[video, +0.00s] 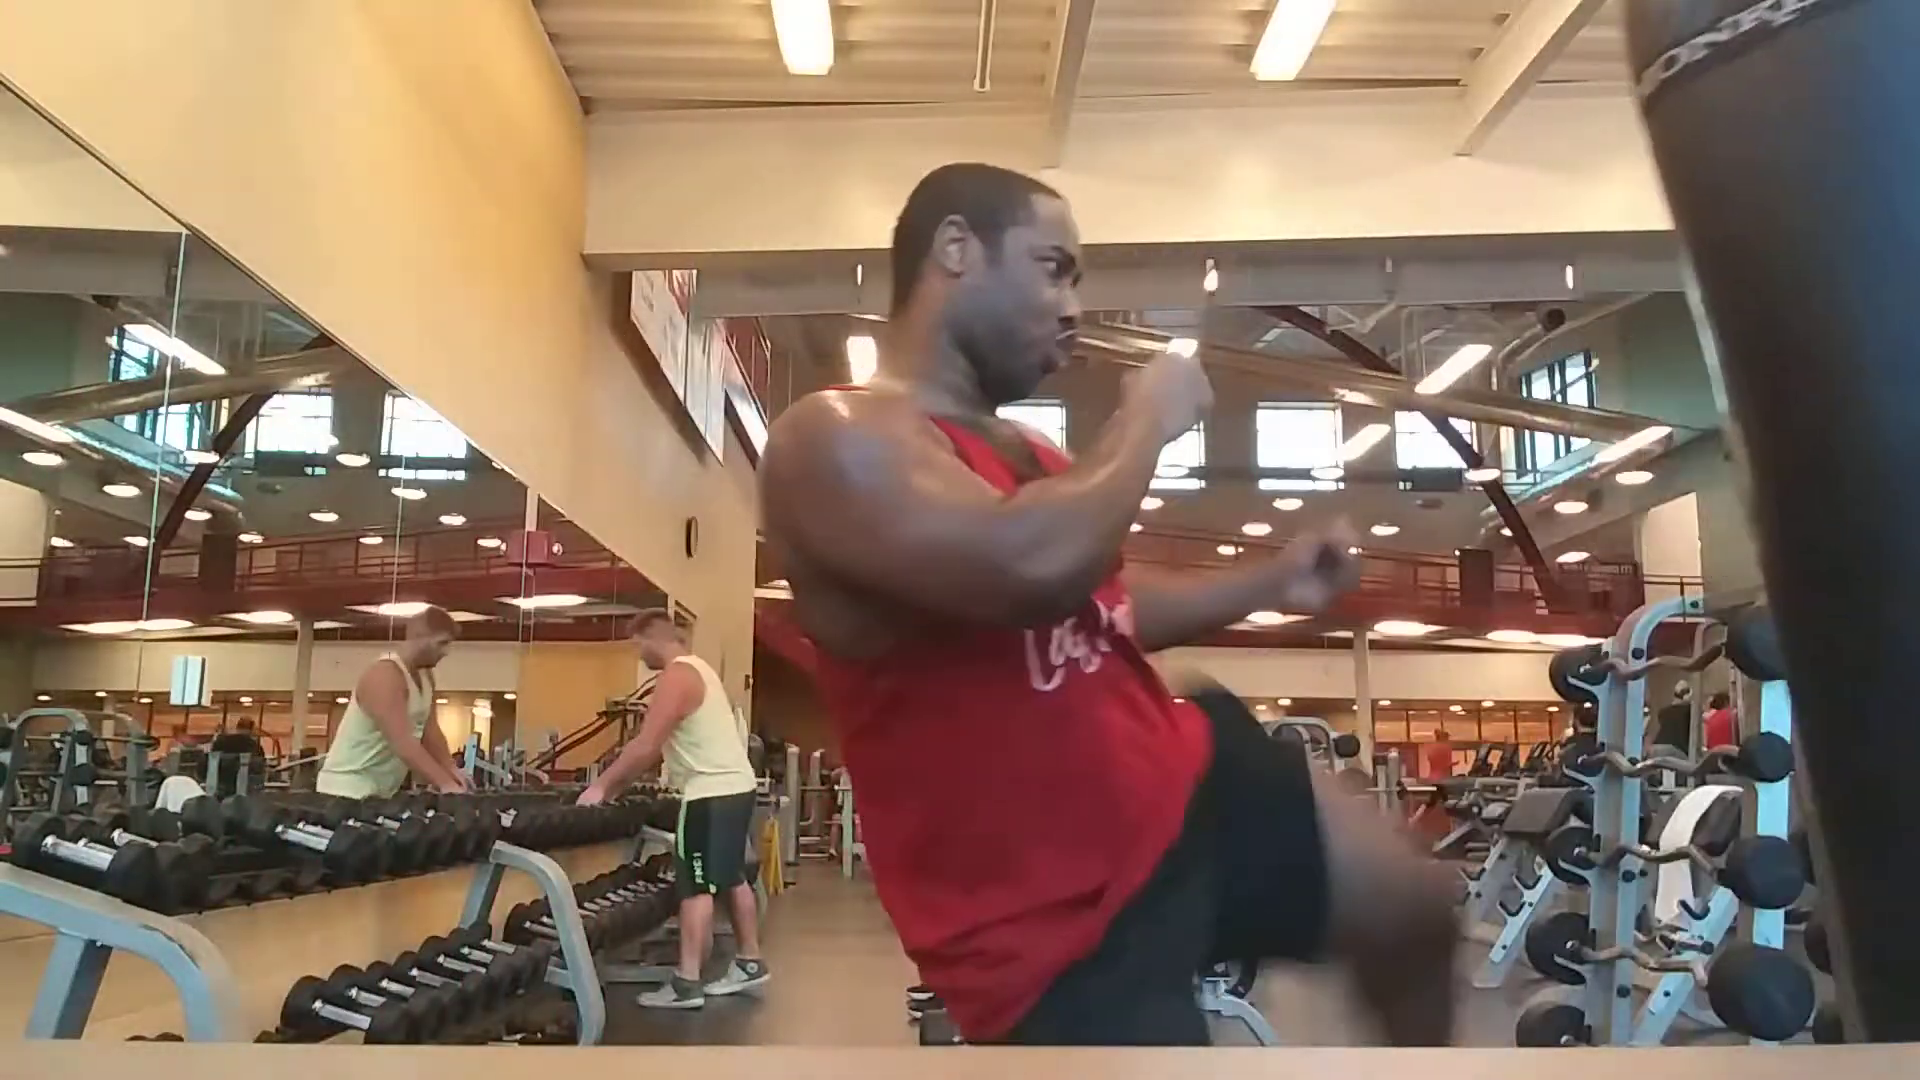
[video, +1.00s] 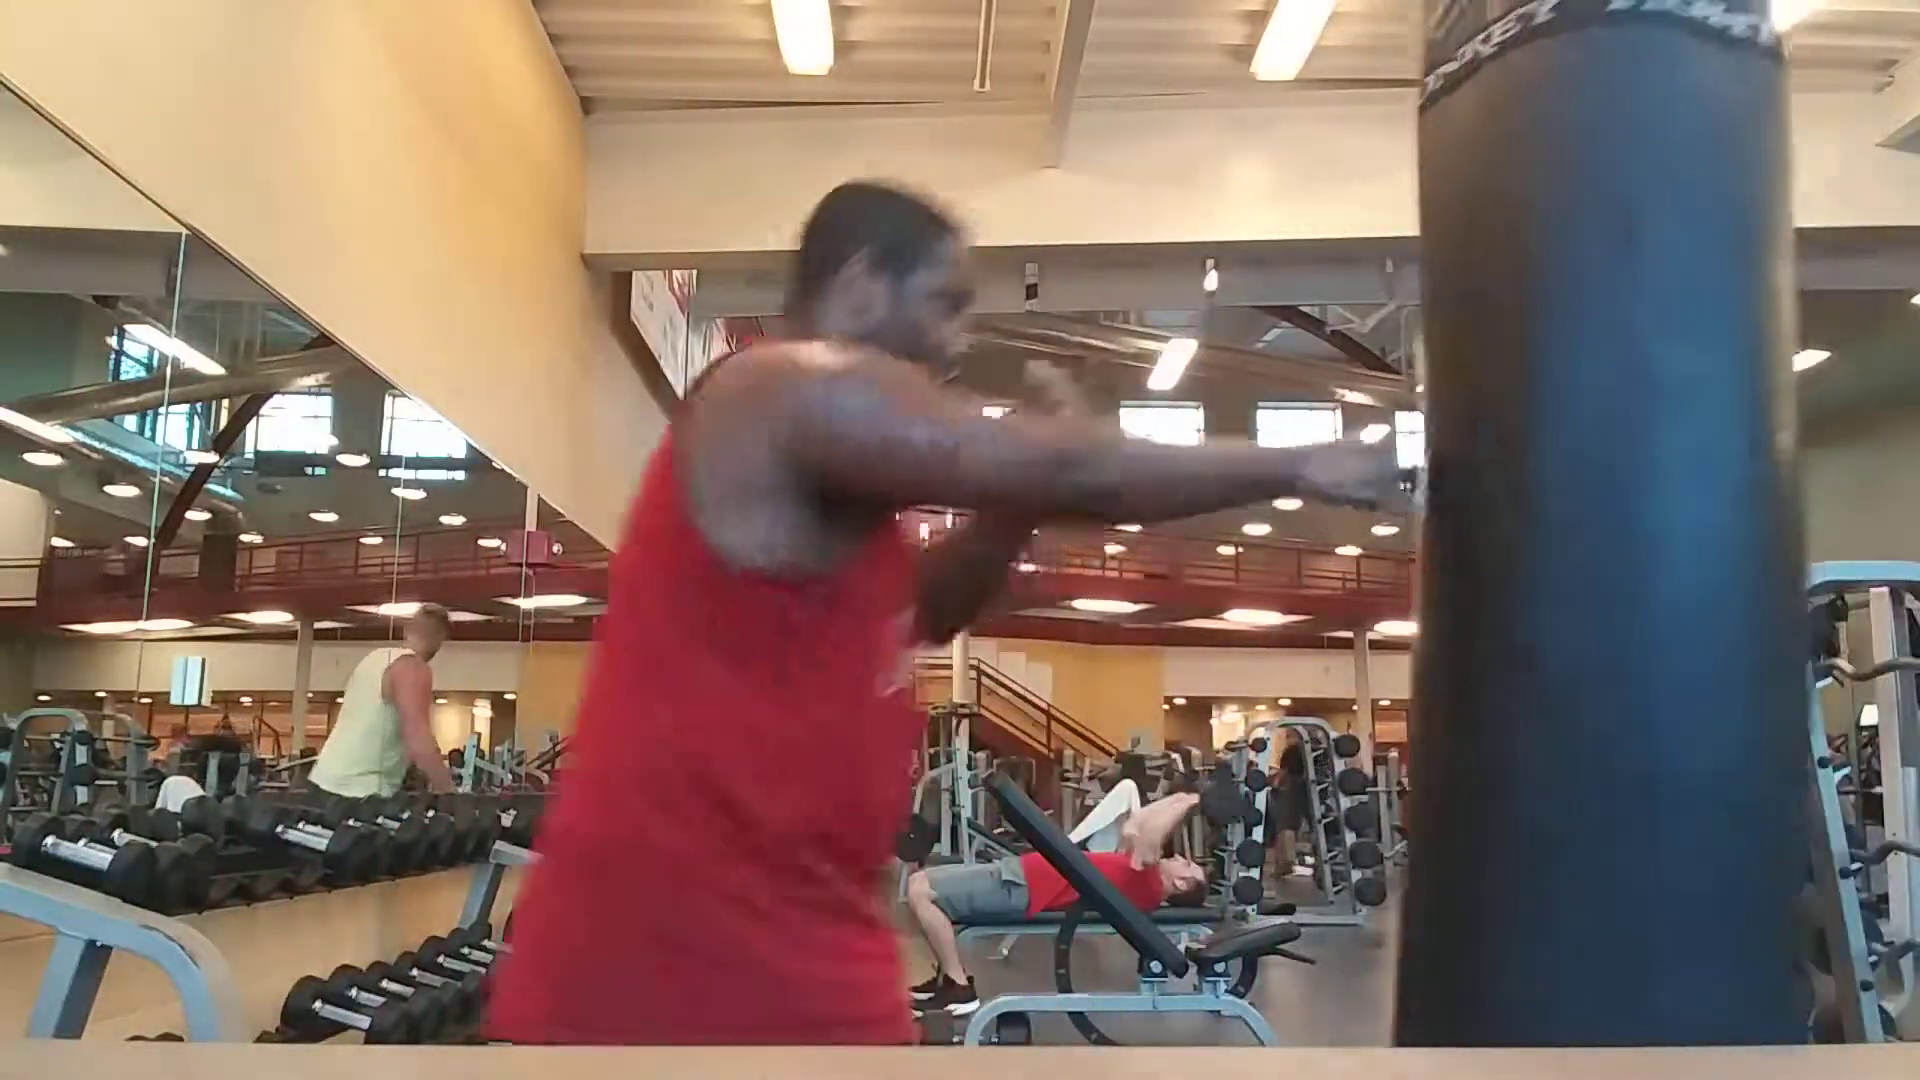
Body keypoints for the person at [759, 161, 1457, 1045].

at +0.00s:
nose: (1074, 307)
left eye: (1074, 280)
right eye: (1054, 269)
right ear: (955, 256)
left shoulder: (1017, 447)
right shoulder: (833, 437)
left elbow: (1096, 613)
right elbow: (1027, 564)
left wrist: (1266, 581)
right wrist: (1148, 416)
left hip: (1182, 790)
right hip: (1061, 937)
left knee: (1415, 905)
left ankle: (1417, 1058)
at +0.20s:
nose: (1171, 288)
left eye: (1170, 258)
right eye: (1150, 249)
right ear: (1054, 235)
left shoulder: (1099, 430)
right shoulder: (946, 399)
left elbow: (1210, 587)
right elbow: (1101, 569)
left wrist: (1311, 456)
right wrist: (1248, 427)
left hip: (1202, 930)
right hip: (1083, 958)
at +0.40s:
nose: (1247, 354)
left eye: (1247, 324)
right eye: (1229, 315)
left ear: (1145, 313)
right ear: (1138, 306)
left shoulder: (1135, 484)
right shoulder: (1037, 440)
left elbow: (1236, 645)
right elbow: (1162, 623)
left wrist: (1314, 517)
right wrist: (1348, 528)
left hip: (1194, 948)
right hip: (1079, 964)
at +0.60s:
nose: (1192, 358)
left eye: (1193, 330)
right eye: (1175, 321)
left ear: (1086, 319)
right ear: (1087, 311)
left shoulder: (1074, 450)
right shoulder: (1011, 427)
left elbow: (1219, 576)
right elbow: (1200, 554)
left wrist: (1347, 491)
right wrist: (1433, 481)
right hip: (996, 968)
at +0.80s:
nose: (1116, 279)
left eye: (1114, 246)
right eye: (1096, 237)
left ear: (998, 236)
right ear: (1003, 228)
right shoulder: (928, 344)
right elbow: (1159, 478)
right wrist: (1413, 489)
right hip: (865, 928)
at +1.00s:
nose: (957, 341)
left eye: (961, 314)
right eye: (943, 306)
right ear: (855, 282)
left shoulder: (814, 442)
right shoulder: (777, 390)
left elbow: (926, 608)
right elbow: (1060, 467)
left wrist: (1013, 493)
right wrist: (1294, 467)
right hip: (703, 956)